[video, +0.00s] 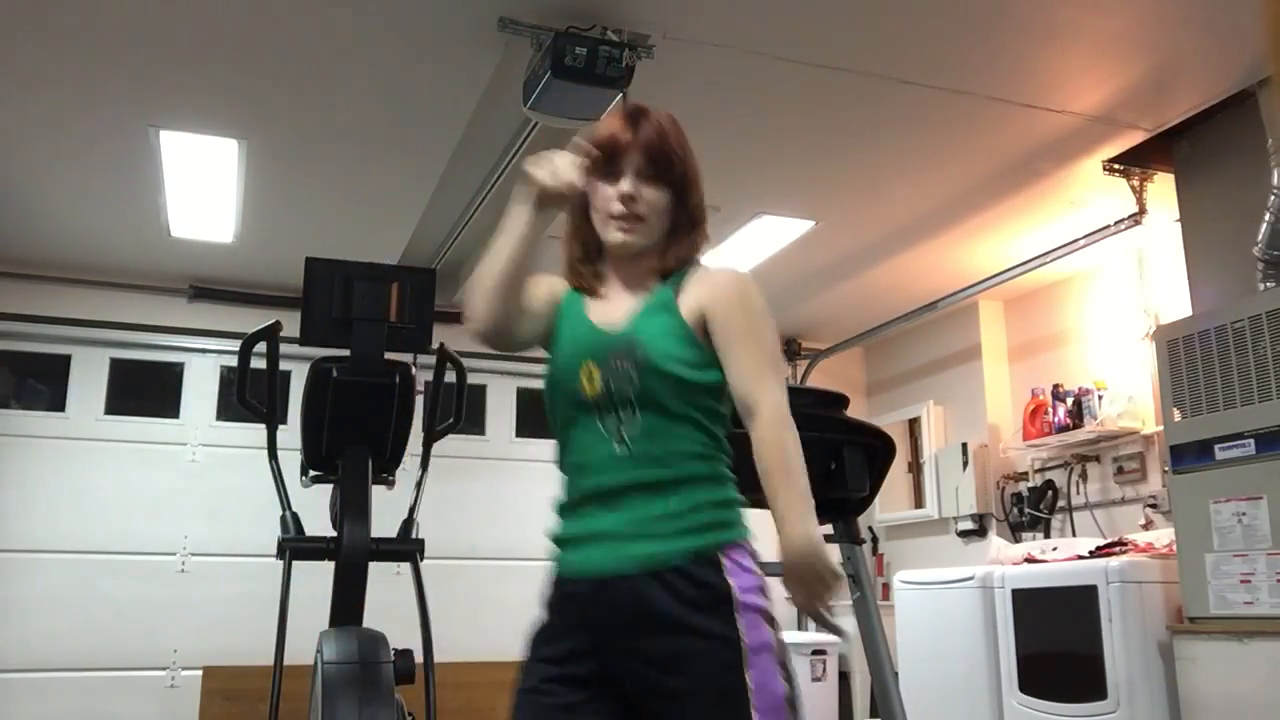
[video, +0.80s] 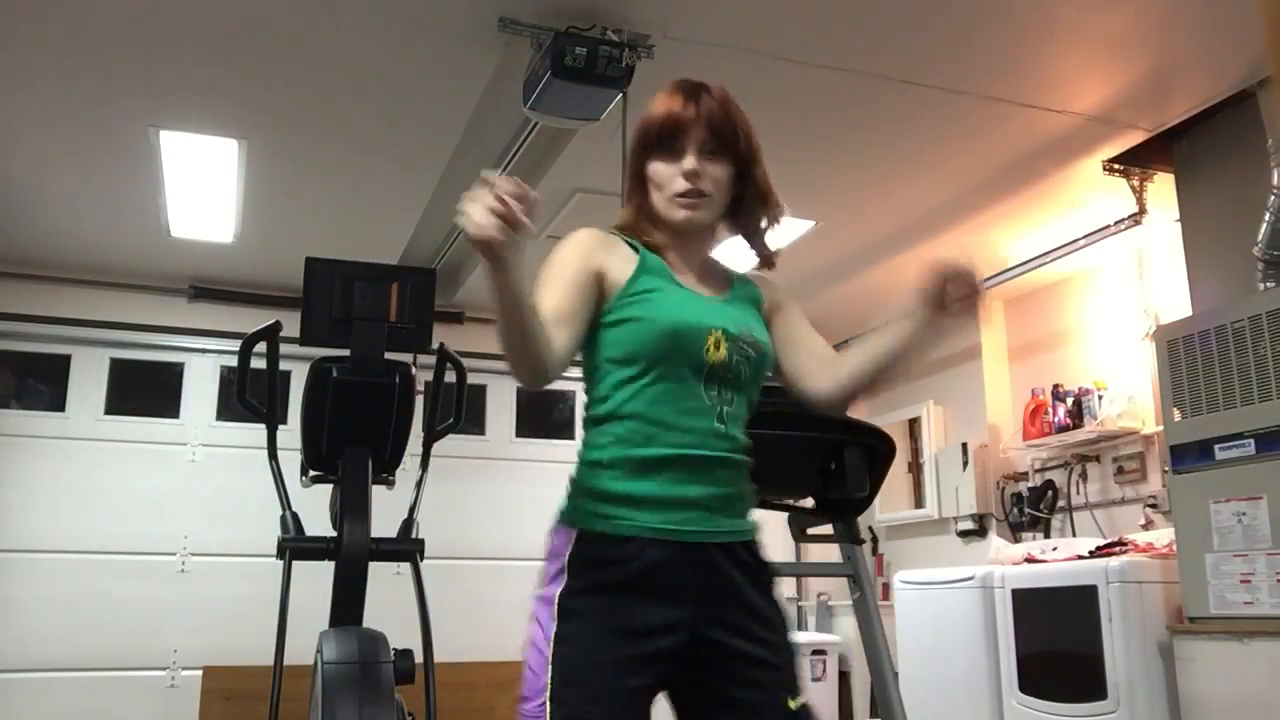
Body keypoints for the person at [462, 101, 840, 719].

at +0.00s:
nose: (626, 192)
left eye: (650, 177)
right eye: (610, 173)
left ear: (679, 199)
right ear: (584, 190)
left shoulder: (716, 292)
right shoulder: (556, 299)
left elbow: (768, 412)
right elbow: (487, 322)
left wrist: (799, 542)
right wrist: (530, 206)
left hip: (698, 591)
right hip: (582, 595)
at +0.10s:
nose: (651, 223)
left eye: (673, 207)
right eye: (634, 204)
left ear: (703, 226)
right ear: (611, 221)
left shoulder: (740, 323)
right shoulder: (593, 333)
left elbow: (789, 461)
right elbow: (545, 342)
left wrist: (827, 597)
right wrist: (588, 246)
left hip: (741, 617)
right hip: (624, 629)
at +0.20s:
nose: (668, 231)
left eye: (691, 217)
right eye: (650, 215)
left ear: (718, 236)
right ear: (627, 231)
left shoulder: (766, 337)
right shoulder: (592, 324)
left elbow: (808, 475)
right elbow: (575, 366)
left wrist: (854, 617)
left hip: (766, 621)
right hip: (640, 636)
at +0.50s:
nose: (697, 221)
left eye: (720, 204)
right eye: (676, 204)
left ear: (750, 221)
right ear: (654, 221)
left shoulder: (798, 334)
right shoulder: (615, 315)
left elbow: (849, 470)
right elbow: (600, 362)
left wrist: (928, 599)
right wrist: (629, 361)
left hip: (786, 614)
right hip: (655, 623)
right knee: (597, 711)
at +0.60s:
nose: (710, 229)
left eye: (732, 212)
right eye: (690, 212)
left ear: (762, 233)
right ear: (668, 229)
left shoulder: (796, 357)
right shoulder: (620, 313)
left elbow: (841, 484)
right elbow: (586, 368)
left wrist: (967, 561)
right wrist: (614, 372)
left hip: (777, 630)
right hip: (646, 641)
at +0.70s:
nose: (706, 194)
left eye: (729, 179)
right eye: (686, 177)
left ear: (757, 202)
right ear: (662, 194)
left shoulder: (782, 324)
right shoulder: (618, 280)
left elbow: (834, 432)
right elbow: (559, 382)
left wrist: (942, 433)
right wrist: (557, 322)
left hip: (756, 595)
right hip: (630, 598)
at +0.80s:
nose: (690, 171)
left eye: (712, 155)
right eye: (670, 152)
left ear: (738, 176)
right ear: (642, 168)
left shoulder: (762, 294)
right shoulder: (596, 251)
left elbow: (828, 383)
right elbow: (537, 366)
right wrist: (502, 260)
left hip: (728, 570)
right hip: (610, 563)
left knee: (770, 712)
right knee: (588, 714)